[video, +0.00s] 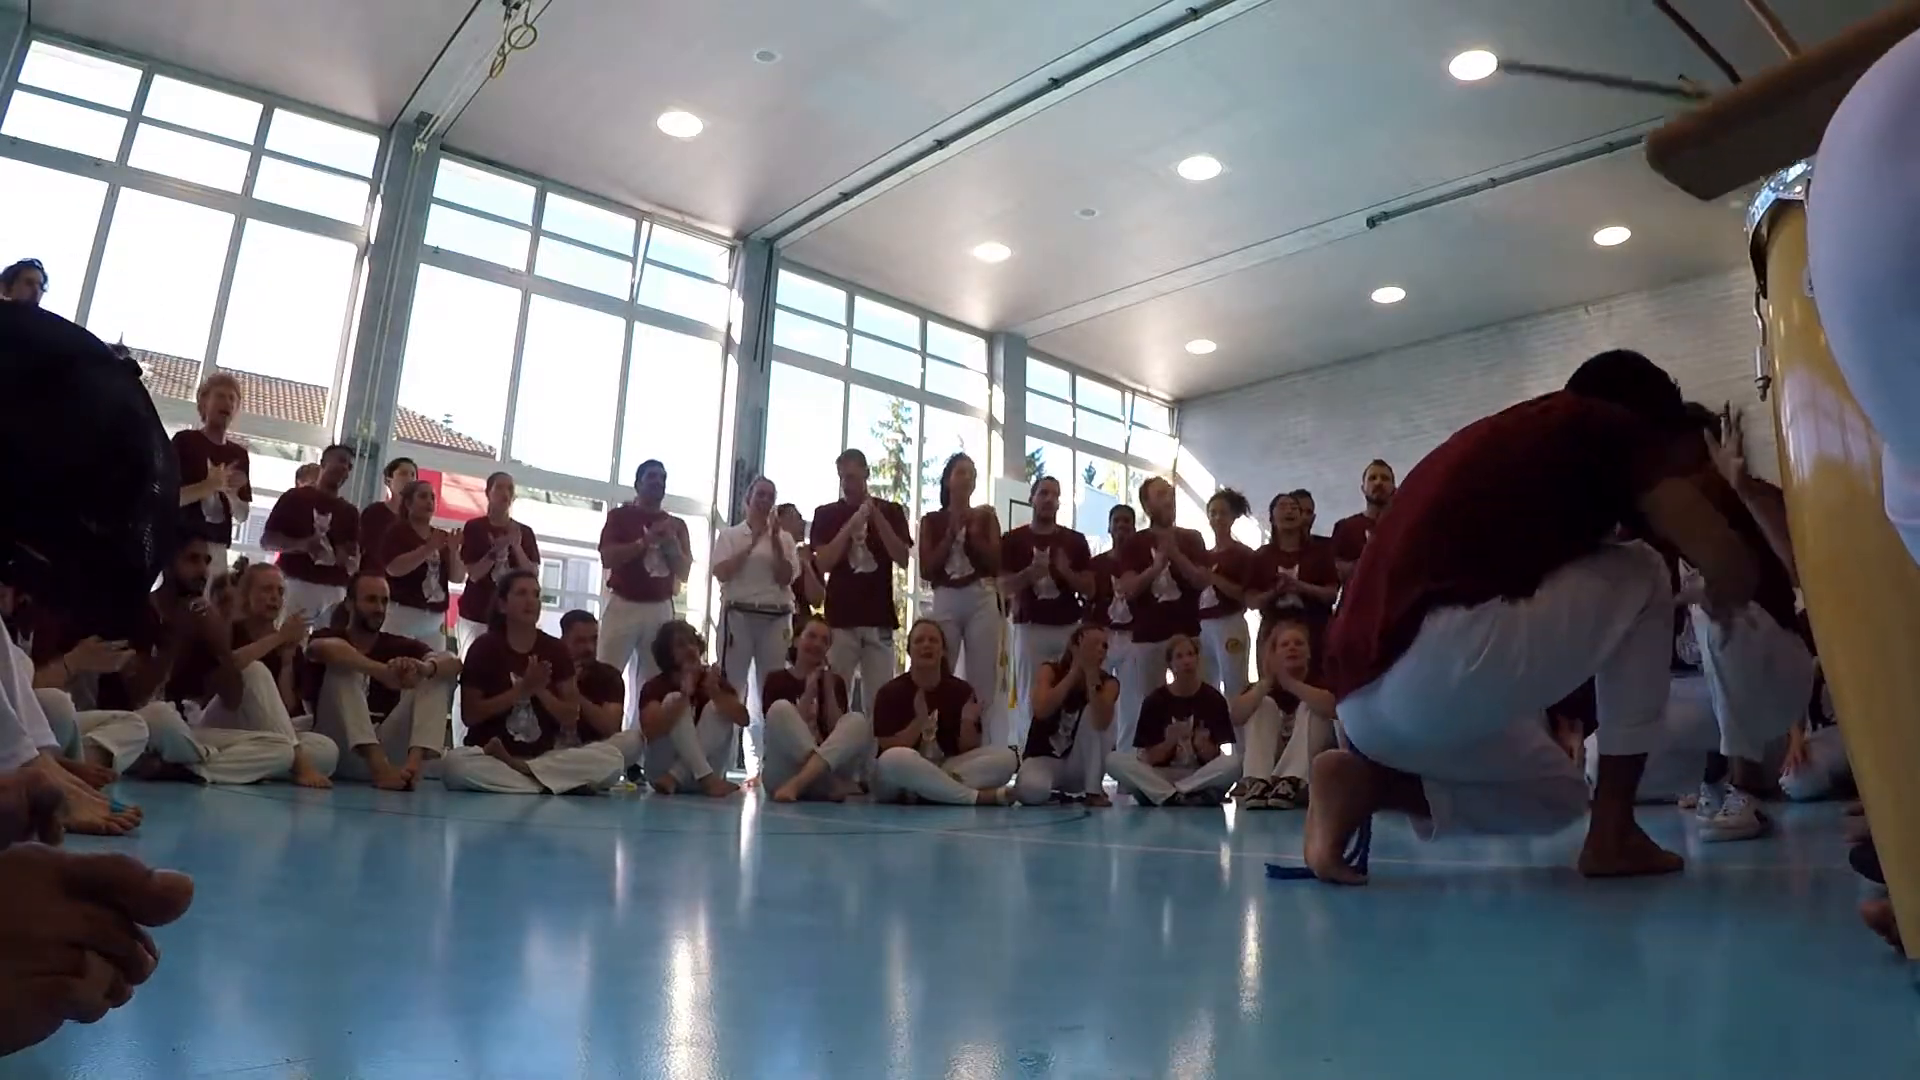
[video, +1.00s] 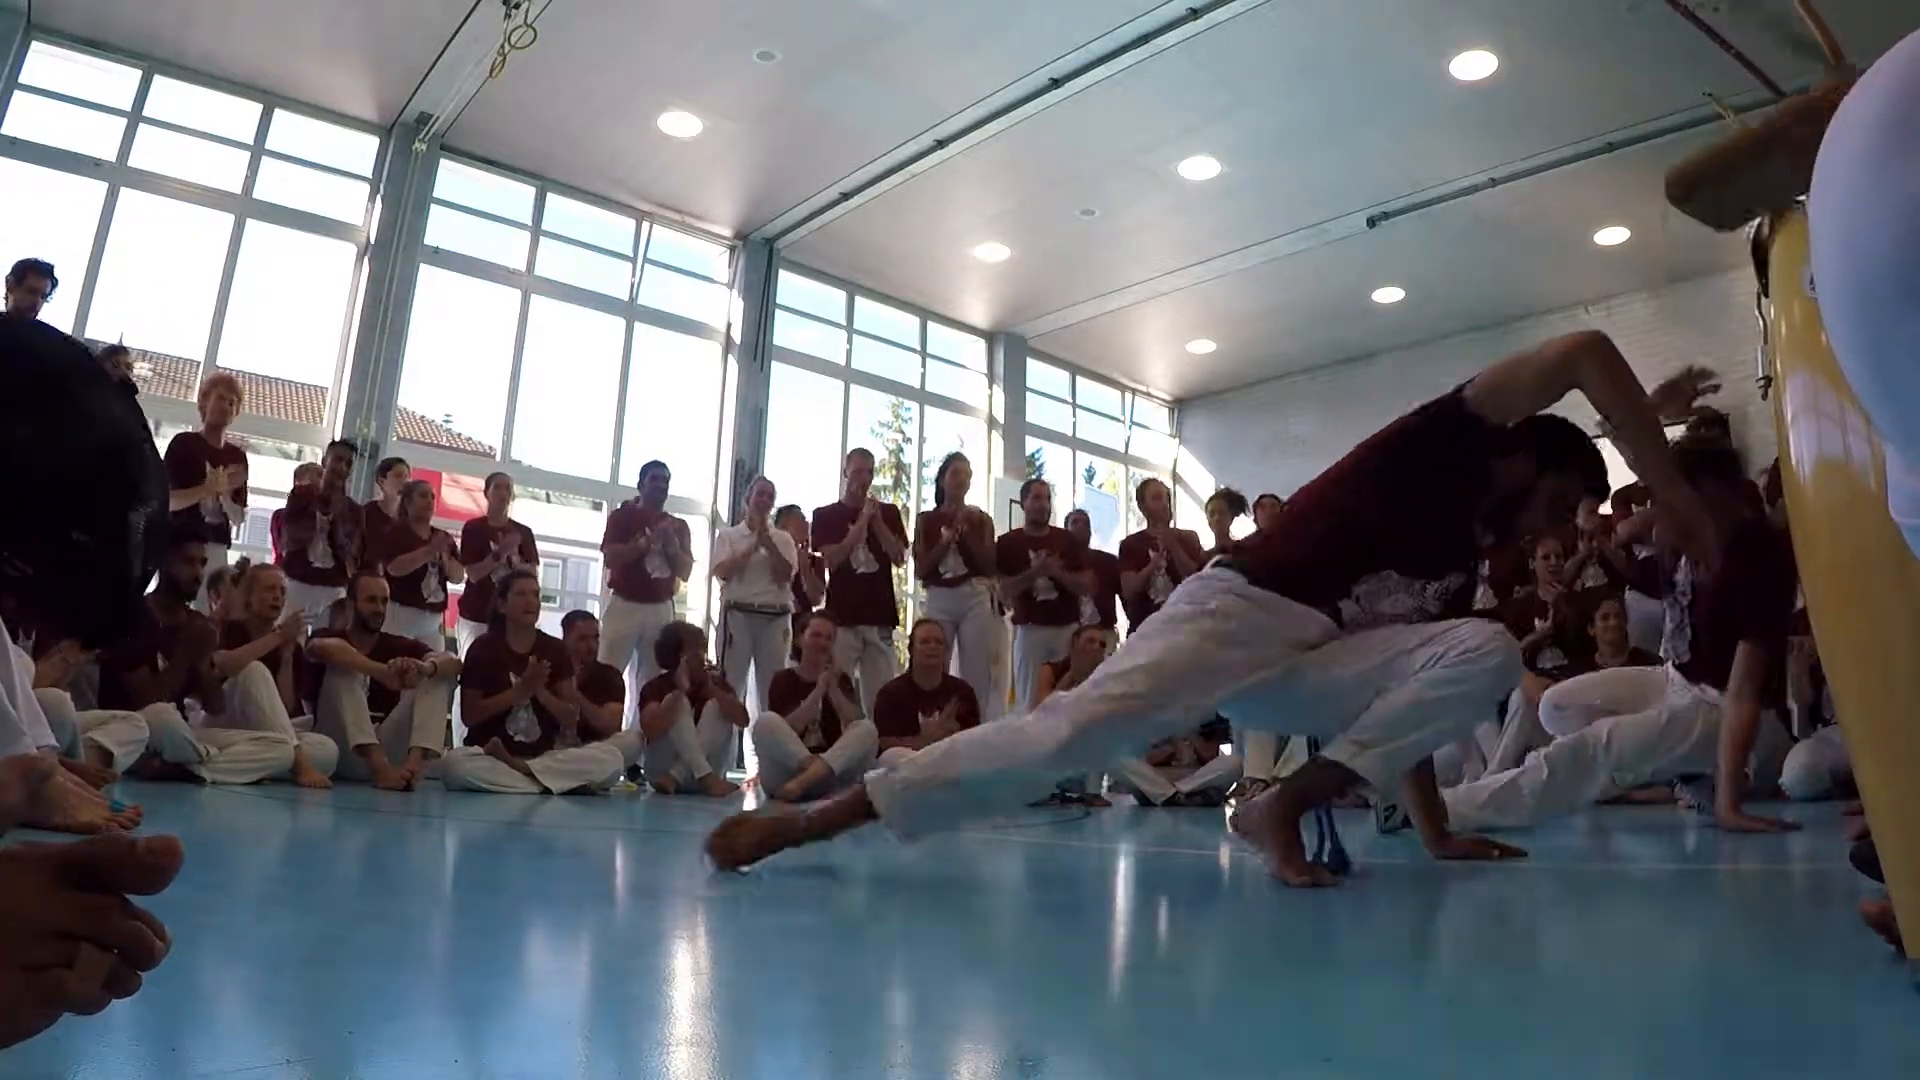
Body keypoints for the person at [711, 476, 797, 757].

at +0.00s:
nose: (764, 500)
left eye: (769, 496)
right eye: (759, 494)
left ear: (775, 502)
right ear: (747, 498)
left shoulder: (784, 538)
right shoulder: (730, 534)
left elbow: (785, 578)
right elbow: (721, 573)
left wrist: (776, 542)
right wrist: (748, 547)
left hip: (776, 618)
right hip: (737, 616)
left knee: (773, 693)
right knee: (732, 691)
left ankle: (770, 761)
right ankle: (728, 760)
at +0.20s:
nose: (765, 500)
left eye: (770, 496)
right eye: (760, 494)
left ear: (775, 503)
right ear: (748, 498)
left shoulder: (785, 538)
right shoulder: (729, 535)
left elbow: (784, 575)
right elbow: (725, 572)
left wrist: (767, 539)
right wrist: (758, 546)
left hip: (776, 619)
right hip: (737, 617)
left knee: (773, 690)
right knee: (731, 689)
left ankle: (772, 754)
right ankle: (726, 753)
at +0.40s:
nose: (765, 500)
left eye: (770, 496)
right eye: (761, 494)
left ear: (775, 502)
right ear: (748, 497)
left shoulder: (784, 538)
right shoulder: (730, 535)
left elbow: (786, 577)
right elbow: (721, 572)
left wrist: (781, 542)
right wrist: (744, 538)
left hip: (776, 617)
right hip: (737, 616)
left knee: (773, 690)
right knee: (732, 689)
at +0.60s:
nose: (765, 500)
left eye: (770, 496)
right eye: (760, 494)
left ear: (775, 502)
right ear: (748, 497)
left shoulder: (785, 538)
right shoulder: (730, 535)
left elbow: (786, 577)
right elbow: (722, 573)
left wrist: (776, 545)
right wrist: (746, 546)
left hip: (776, 617)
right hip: (737, 615)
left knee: (772, 691)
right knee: (731, 689)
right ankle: (728, 746)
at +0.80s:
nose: (764, 500)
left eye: (769, 496)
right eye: (760, 493)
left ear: (774, 502)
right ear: (748, 496)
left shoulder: (784, 538)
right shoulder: (729, 534)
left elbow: (787, 575)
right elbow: (722, 572)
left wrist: (780, 545)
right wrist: (742, 541)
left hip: (775, 617)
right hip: (737, 615)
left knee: (772, 690)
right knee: (731, 688)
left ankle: (771, 745)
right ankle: (728, 745)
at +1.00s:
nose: (764, 499)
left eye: (769, 496)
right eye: (759, 493)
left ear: (773, 502)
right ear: (747, 497)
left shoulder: (784, 538)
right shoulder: (728, 535)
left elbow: (785, 576)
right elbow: (722, 571)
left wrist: (770, 546)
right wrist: (752, 545)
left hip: (775, 618)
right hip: (736, 616)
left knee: (771, 690)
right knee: (731, 687)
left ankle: (769, 746)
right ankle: (727, 746)